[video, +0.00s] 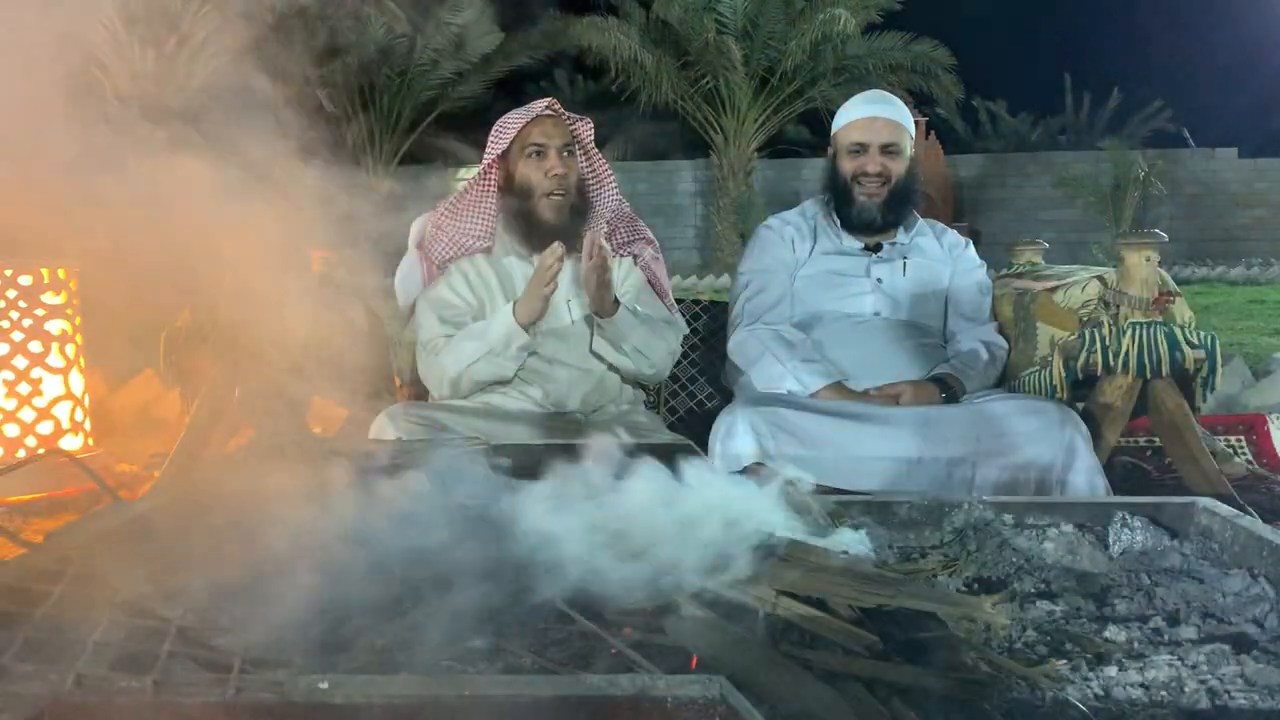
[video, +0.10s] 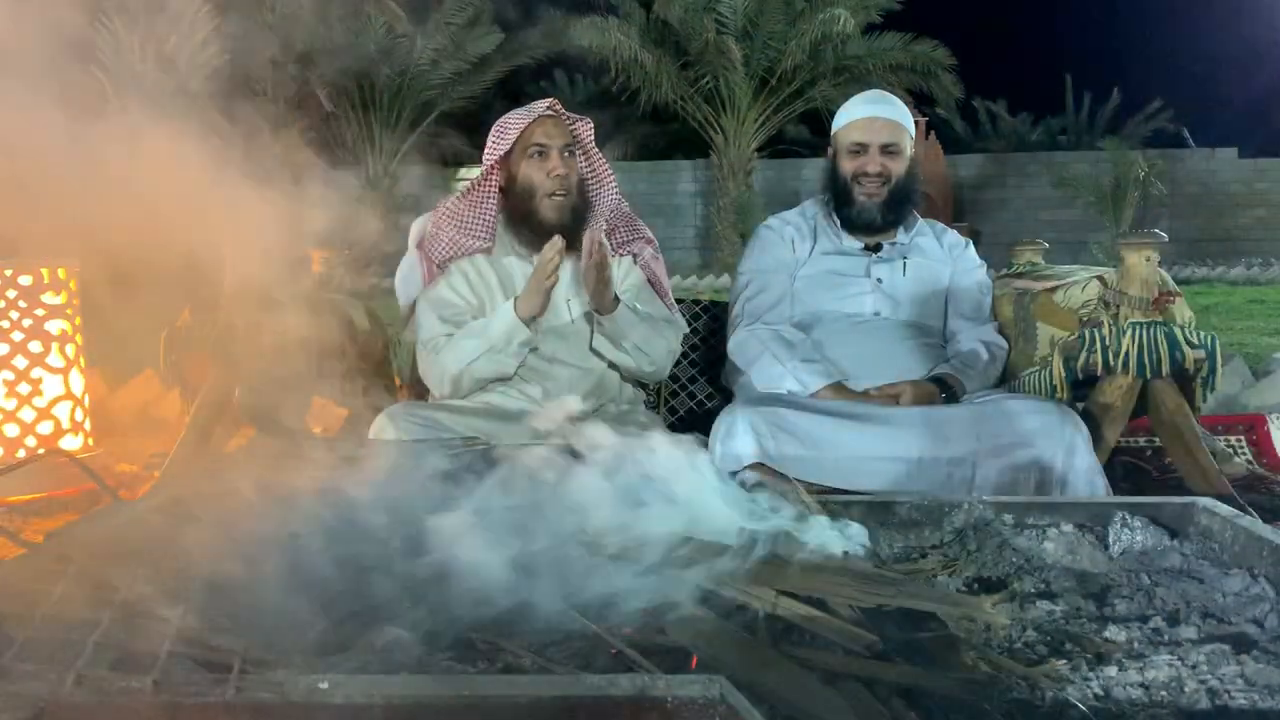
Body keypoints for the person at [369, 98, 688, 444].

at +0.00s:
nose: (558, 169)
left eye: (568, 154)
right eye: (537, 155)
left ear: (580, 169)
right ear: (505, 174)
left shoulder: (615, 265)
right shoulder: (466, 274)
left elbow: (660, 363)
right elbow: (442, 378)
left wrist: (609, 310)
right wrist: (518, 317)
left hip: (605, 420)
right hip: (499, 419)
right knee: (395, 425)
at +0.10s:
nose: (560, 170)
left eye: (569, 155)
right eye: (539, 155)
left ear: (582, 170)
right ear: (505, 173)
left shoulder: (615, 263)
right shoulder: (466, 274)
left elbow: (660, 361)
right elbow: (443, 376)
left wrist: (609, 307)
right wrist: (520, 312)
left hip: (603, 418)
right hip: (498, 416)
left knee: (681, 461)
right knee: (396, 428)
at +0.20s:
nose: (562, 170)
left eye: (571, 154)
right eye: (540, 155)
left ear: (583, 167)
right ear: (504, 173)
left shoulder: (616, 260)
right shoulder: (465, 267)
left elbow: (658, 360)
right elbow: (445, 375)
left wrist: (605, 298)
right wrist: (525, 300)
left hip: (599, 417)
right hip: (496, 413)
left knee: (673, 440)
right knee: (394, 427)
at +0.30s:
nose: (564, 169)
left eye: (572, 153)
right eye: (542, 155)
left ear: (583, 165)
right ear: (505, 173)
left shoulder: (617, 258)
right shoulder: (467, 268)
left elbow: (660, 353)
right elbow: (448, 373)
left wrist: (603, 291)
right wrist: (526, 291)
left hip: (604, 410)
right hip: (504, 409)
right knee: (394, 428)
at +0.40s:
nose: (566, 167)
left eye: (572, 152)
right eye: (543, 154)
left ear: (583, 164)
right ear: (506, 172)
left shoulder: (618, 263)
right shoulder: (467, 272)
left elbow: (665, 356)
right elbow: (452, 376)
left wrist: (601, 284)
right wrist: (527, 288)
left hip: (611, 418)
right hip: (506, 415)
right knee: (395, 426)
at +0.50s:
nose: (567, 168)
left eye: (572, 151)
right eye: (544, 154)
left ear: (583, 161)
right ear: (505, 173)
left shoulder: (619, 260)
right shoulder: (467, 268)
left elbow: (662, 358)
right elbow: (454, 377)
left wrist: (599, 280)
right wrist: (529, 286)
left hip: (609, 417)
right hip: (507, 415)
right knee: (394, 426)